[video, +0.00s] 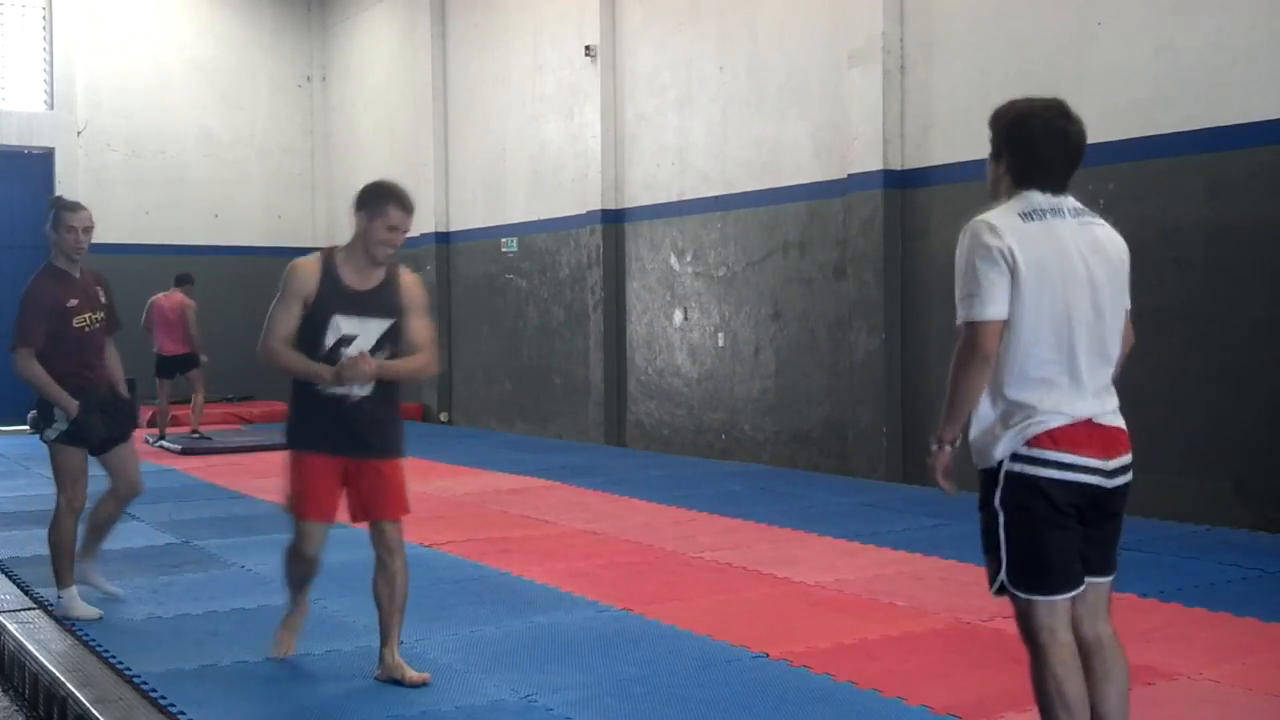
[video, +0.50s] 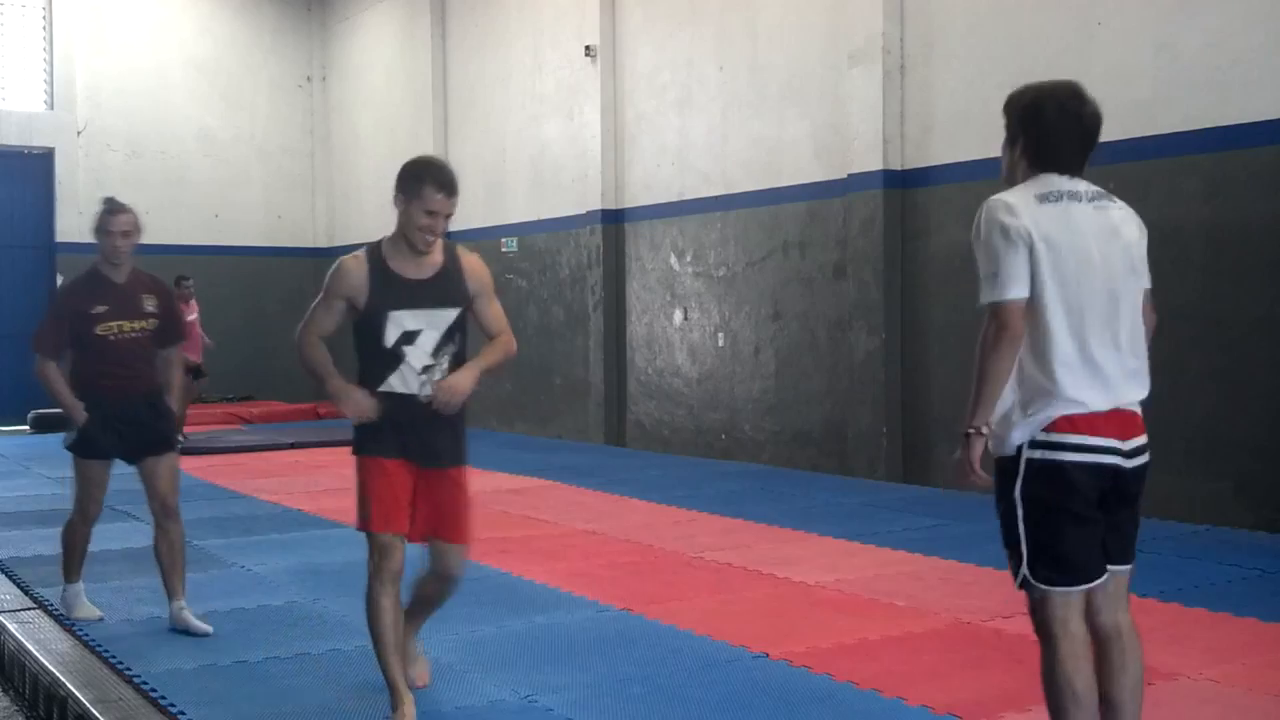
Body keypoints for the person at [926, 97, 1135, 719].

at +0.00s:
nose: (987, 161)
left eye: (991, 151)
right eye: (989, 150)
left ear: (1004, 161)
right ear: (1069, 163)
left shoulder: (992, 231)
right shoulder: (1106, 235)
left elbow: (980, 347)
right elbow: (1120, 342)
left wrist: (947, 436)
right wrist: (1065, 399)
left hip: (1030, 462)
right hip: (1108, 460)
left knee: (1048, 631)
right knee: (1096, 623)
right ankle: (1113, 718)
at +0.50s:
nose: (1002, 146)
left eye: (1006, 135)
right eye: (1004, 134)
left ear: (1021, 142)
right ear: (1082, 146)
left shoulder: (1008, 209)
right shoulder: (1124, 216)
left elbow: (1007, 324)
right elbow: (1143, 320)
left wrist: (978, 423)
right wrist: (1114, 400)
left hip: (1049, 450)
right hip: (1125, 447)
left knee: (1061, 623)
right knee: (1113, 614)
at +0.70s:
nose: (999, 230)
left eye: (999, 223)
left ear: (1002, 224)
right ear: (1049, 219)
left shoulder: (989, 263)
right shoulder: (1083, 252)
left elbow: (929, 305)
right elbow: (1147, 267)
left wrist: (875, 329)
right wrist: (1186, 280)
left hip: (1042, 417)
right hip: (1098, 401)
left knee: (1087, 525)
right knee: (1111, 463)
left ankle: (1159, 609)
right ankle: (1152, 515)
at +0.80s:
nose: (972, 221)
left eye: (974, 216)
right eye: (975, 216)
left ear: (980, 215)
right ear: (1022, 208)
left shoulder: (968, 248)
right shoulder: (1057, 241)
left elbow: (894, 282)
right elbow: (1121, 270)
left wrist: (844, 300)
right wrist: (1130, 267)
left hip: (1020, 400)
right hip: (1070, 382)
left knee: (1074, 504)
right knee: (1084, 459)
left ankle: (1137, 593)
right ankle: (1137, 521)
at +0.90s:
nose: (948, 237)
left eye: (949, 231)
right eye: (952, 232)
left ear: (953, 230)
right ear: (992, 224)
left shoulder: (945, 261)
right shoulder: (1025, 256)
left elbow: (905, 298)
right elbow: (1077, 303)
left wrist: (866, 320)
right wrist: (1036, 321)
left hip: (1010, 412)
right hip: (1053, 393)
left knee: (1051, 501)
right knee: (1038, 479)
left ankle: (1109, 584)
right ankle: (1075, 554)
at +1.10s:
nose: (869, 329)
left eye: (870, 322)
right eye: (868, 322)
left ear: (880, 318)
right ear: (907, 307)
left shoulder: (882, 354)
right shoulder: (947, 325)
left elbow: (882, 403)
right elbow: (1013, 328)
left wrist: (918, 410)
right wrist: (1071, 340)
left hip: (957, 466)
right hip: (985, 456)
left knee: (1020, 539)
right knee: (914, 497)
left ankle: (1120, 595)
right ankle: (907, 566)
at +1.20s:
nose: (809, 325)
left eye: (809, 319)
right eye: (812, 319)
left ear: (814, 318)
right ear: (845, 309)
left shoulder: (822, 349)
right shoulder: (882, 331)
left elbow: (790, 388)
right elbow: (938, 340)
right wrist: (978, 359)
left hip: (900, 459)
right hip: (925, 443)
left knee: (935, 543)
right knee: (880, 494)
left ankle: (1028, 547)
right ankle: (902, 569)